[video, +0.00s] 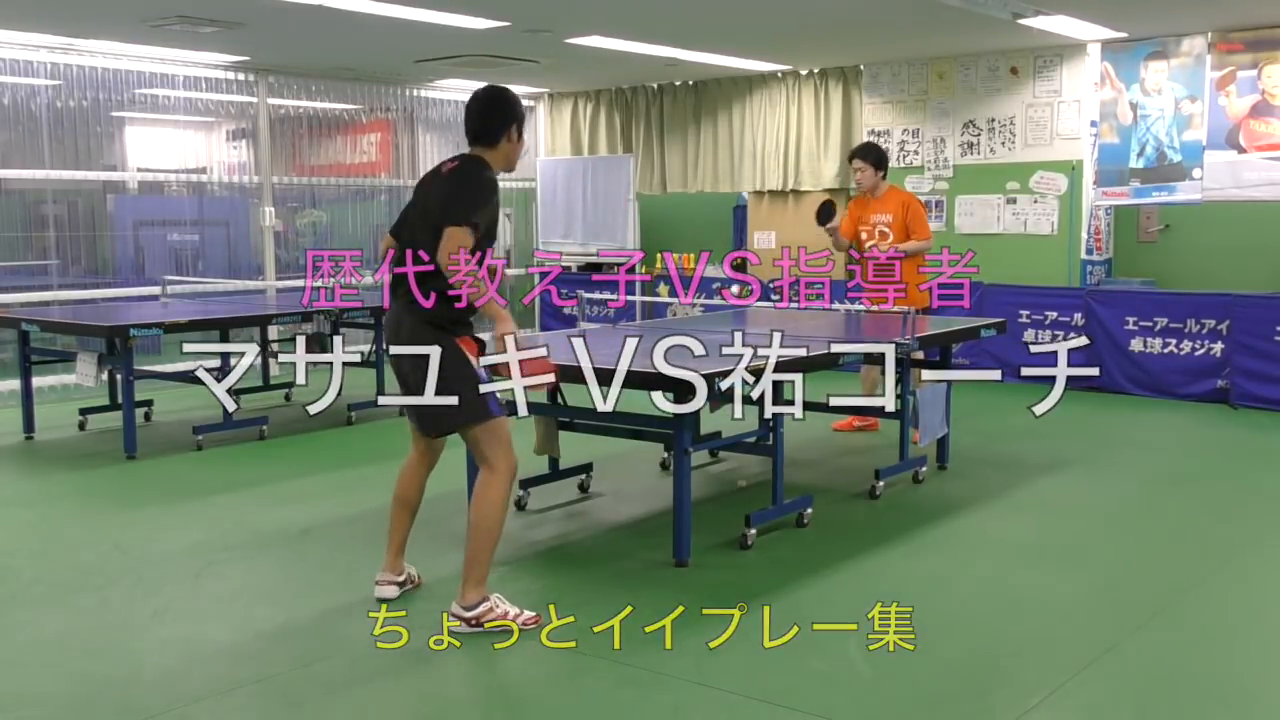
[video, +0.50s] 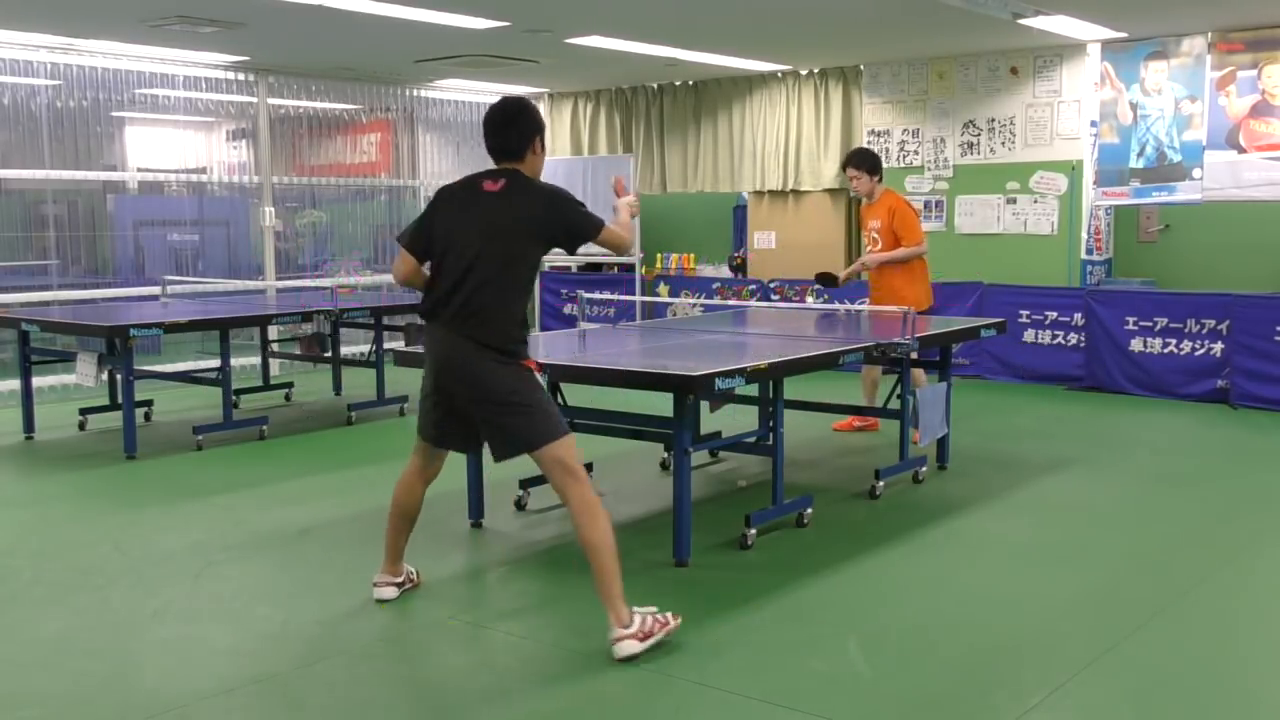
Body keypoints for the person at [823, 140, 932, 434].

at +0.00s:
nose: (856, 176)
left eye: (861, 170)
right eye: (854, 171)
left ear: (879, 171)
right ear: (854, 172)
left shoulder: (906, 201)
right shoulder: (856, 205)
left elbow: (925, 241)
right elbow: (843, 246)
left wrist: (898, 249)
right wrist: (832, 231)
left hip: (909, 296)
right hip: (874, 297)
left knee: (914, 360)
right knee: (871, 354)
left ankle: (922, 420)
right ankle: (866, 413)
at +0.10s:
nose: (860, 173)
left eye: (865, 167)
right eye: (857, 168)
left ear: (882, 168)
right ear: (854, 172)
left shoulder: (905, 199)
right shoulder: (855, 205)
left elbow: (926, 239)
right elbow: (844, 250)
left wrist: (898, 248)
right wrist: (833, 239)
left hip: (909, 297)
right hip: (873, 297)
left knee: (914, 360)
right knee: (869, 355)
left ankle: (923, 420)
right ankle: (866, 413)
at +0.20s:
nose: (861, 172)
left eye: (867, 165)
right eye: (857, 167)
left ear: (882, 167)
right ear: (854, 171)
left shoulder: (905, 199)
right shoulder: (855, 206)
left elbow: (925, 239)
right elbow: (847, 250)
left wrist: (892, 247)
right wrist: (832, 257)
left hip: (908, 296)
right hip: (873, 297)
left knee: (913, 359)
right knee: (869, 355)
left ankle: (924, 420)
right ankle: (866, 413)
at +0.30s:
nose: (859, 173)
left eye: (864, 166)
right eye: (855, 168)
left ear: (880, 168)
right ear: (853, 172)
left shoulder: (902, 200)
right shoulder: (858, 207)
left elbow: (922, 239)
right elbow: (856, 253)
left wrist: (885, 250)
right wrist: (832, 275)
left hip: (906, 296)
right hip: (874, 297)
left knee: (912, 358)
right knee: (870, 354)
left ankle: (925, 418)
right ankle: (867, 413)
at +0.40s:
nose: (855, 179)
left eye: (859, 173)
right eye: (851, 174)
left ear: (876, 172)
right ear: (851, 176)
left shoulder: (898, 202)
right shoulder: (863, 208)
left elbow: (920, 242)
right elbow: (868, 253)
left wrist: (881, 254)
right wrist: (841, 275)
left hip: (907, 298)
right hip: (878, 298)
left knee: (909, 358)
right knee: (871, 354)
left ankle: (928, 417)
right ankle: (867, 413)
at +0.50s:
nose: (853, 185)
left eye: (857, 179)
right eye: (850, 179)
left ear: (874, 176)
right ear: (850, 179)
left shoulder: (897, 205)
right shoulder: (866, 208)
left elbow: (919, 247)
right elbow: (876, 250)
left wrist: (878, 258)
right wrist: (852, 270)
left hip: (908, 300)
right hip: (880, 298)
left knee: (909, 360)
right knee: (871, 356)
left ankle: (928, 419)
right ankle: (868, 414)